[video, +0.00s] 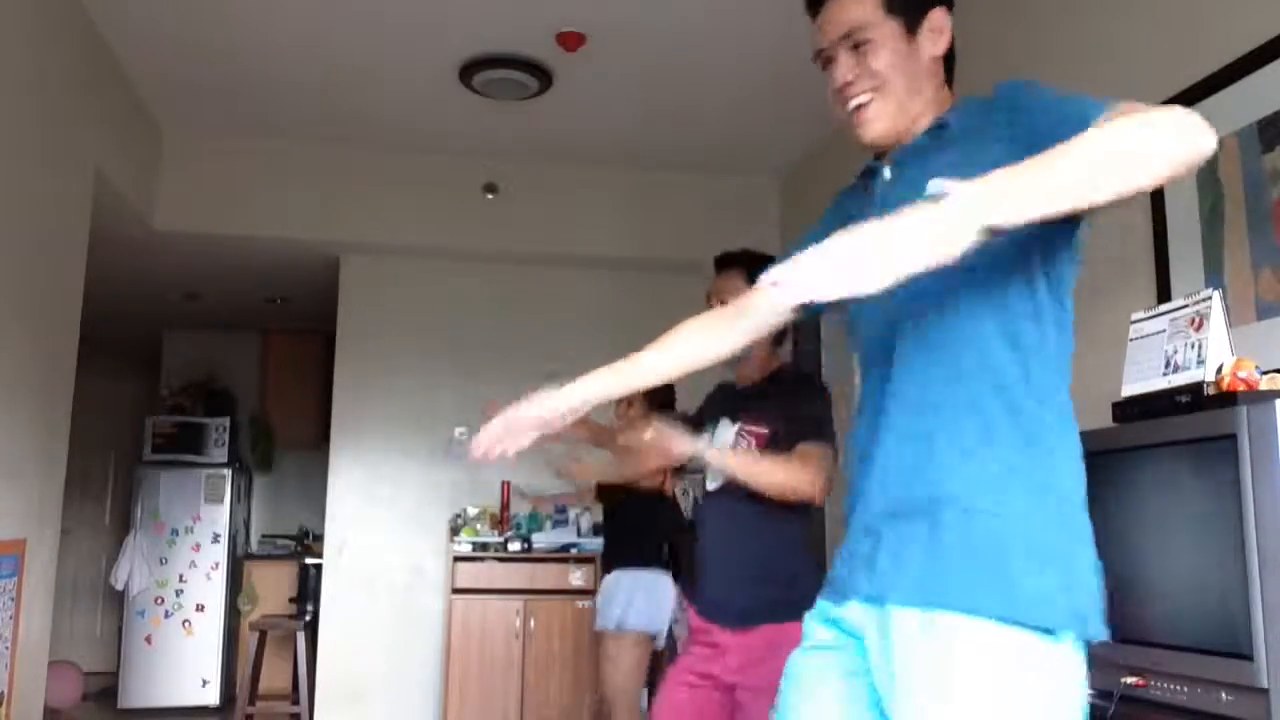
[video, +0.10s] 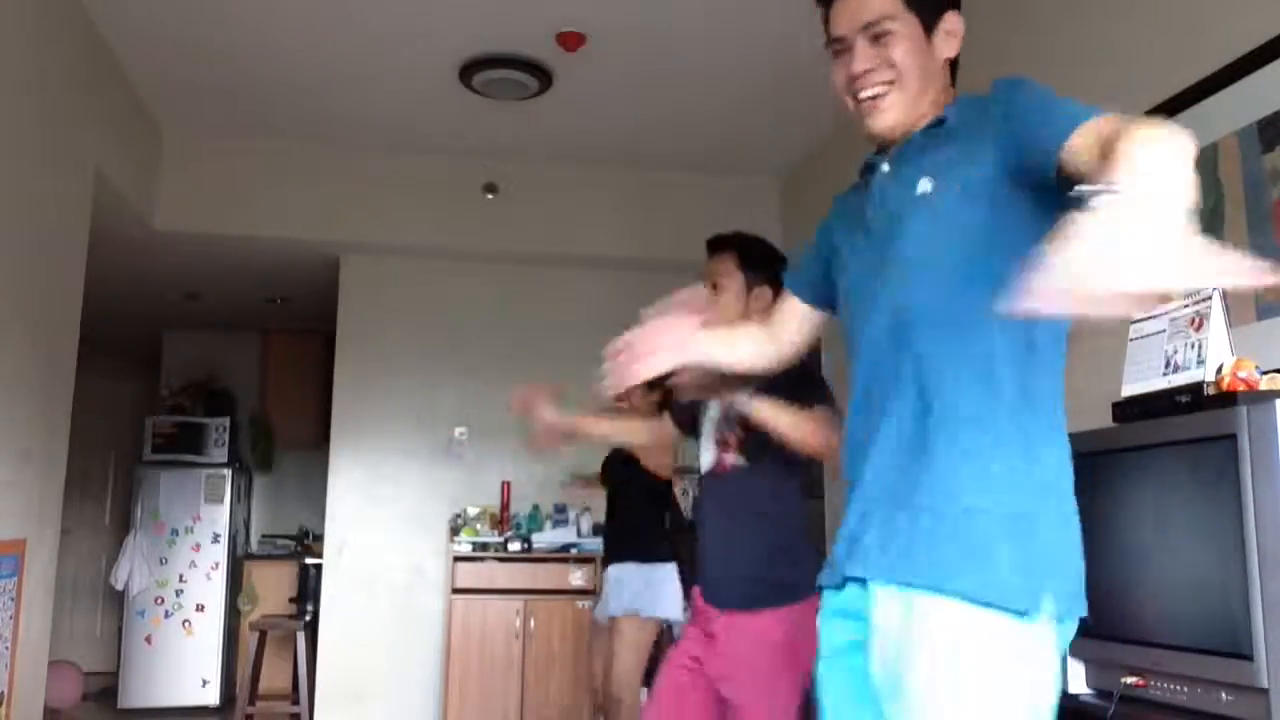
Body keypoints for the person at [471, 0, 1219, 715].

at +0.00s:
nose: (841, 76)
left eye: (858, 44)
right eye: (826, 61)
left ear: (933, 35)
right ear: (826, 78)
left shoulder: (1006, 118)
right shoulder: (858, 204)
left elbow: (1183, 137)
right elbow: (743, 322)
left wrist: (964, 212)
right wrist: (576, 396)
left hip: (996, 594)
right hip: (857, 593)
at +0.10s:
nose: (857, 66)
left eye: (881, 36)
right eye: (840, 49)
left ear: (946, 35)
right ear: (830, 66)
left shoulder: (1004, 117)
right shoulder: (849, 211)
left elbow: (1143, 146)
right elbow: (775, 337)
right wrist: (683, 343)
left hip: (983, 561)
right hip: (864, 560)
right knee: (857, 715)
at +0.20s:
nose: (859, 89)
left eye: (883, 59)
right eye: (842, 71)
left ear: (947, 65)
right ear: (830, 90)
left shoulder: (995, 155)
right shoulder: (868, 237)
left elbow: (1103, 207)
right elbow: (832, 416)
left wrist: (1271, 238)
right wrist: (800, 354)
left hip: (973, 593)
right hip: (881, 591)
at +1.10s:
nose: (895, 114)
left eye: (911, 81)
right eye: (891, 94)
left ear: (994, 59)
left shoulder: (1089, 157)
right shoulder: (955, 241)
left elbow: (1197, 210)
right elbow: (867, 418)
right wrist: (914, 372)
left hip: (1078, 621)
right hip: (952, 616)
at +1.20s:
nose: (887, 123)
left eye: (902, 91)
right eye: (884, 103)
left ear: (982, 69)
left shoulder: (1088, 161)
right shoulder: (947, 260)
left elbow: (1205, 220)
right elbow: (844, 416)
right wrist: (885, 381)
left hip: (1088, 607)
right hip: (969, 606)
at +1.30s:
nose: (903, 92)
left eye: (915, 58)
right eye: (898, 74)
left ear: (995, 32)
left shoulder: (1103, 119)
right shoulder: (938, 222)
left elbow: (1243, 165)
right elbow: (853, 360)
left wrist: (1216, 267)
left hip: (1090, 578)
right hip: (968, 581)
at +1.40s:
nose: (920, 66)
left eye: (936, 34)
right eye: (917, 52)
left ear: (1020, 15)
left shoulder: (1137, 105)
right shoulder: (938, 209)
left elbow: (1270, 148)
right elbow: (859, 355)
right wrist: (724, 490)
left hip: (1107, 588)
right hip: (963, 591)